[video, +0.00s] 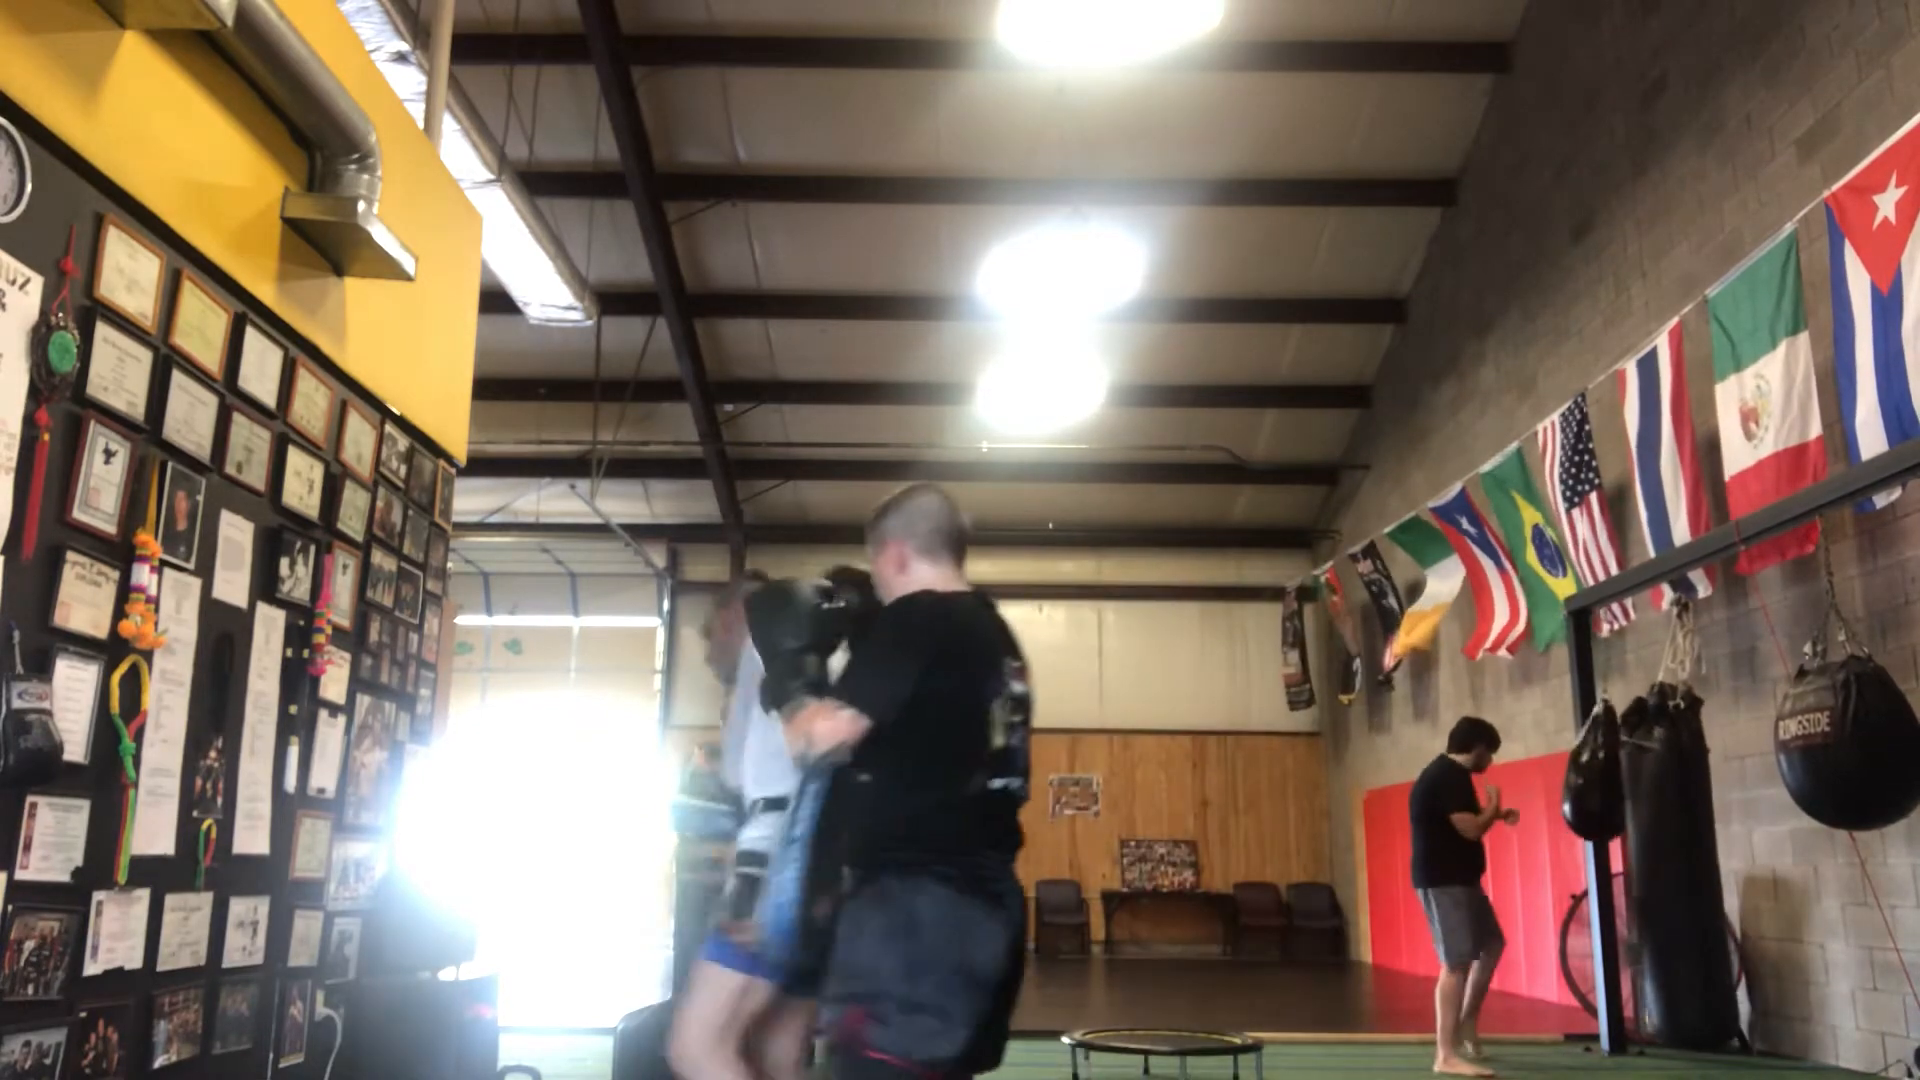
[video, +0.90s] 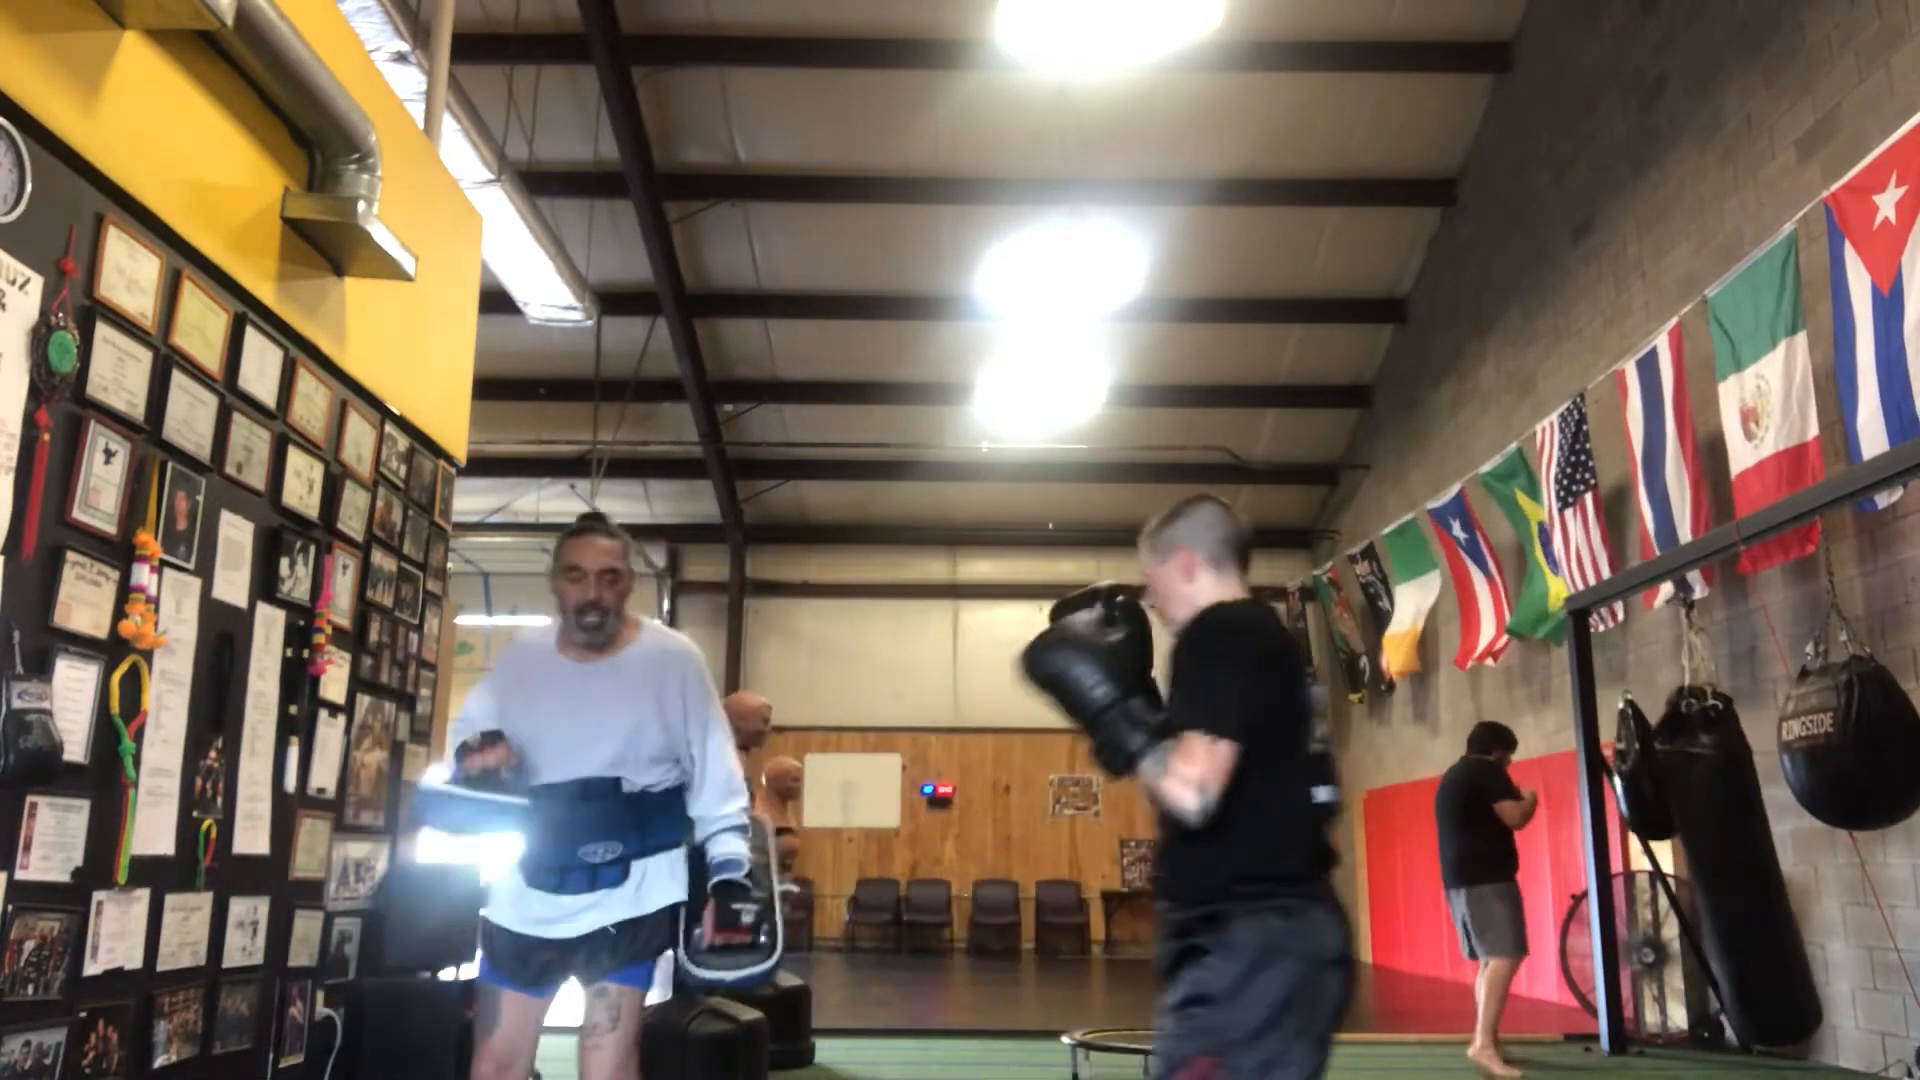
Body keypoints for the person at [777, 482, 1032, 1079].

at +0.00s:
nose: (876, 572)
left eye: (877, 556)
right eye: (875, 558)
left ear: (897, 553)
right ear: (954, 548)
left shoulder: (915, 621)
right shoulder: (991, 629)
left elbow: (819, 735)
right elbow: (932, 732)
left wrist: (785, 658)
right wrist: (868, 632)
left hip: (909, 901)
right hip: (980, 897)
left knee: (874, 1060)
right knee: (939, 1063)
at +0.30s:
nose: (932, 553)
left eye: (933, 535)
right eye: (929, 539)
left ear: (962, 520)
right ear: (1020, 519)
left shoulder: (976, 579)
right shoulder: (1058, 594)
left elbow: (838, 685)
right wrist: (931, 572)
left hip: (1004, 909)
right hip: (1065, 902)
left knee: (974, 1066)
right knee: (1037, 1068)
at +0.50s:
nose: (986, 525)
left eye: (992, 505)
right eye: (988, 509)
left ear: (1023, 502)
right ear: (1081, 504)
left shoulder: (1029, 572)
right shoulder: (1127, 589)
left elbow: (893, 679)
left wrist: (892, 576)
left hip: (1055, 905)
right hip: (1130, 897)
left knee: (1027, 1067)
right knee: (1091, 1066)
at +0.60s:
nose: (1026, 535)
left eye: (1032, 520)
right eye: (1028, 521)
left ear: (1064, 514)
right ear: (1119, 519)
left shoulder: (1076, 588)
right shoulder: (1163, 603)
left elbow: (962, 717)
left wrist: (939, 628)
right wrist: (1015, 583)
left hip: (1088, 913)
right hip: (1159, 907)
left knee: (1042, 1066)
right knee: (1120, 1067)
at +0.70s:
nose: (1070, 565)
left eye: (1074, 545)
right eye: (1070, 548)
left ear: (1108, 534)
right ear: (1155, 537)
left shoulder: (1124, 606)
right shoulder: (1204, 620)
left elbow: (1053, 751)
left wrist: (992, 672)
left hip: (1127, 927)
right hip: (1194, 921)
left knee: (1076, 1066)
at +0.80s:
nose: (1113, 579)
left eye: (1117, 559)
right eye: (1114, 561)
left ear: (1151, 554)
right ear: (1194, 554)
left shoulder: (1175, 630)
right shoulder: (1242, 636)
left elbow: (1127, 782)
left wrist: (1048, 704)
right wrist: (1113, 652)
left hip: (1186, 944)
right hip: (1243, 937)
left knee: (1124, 1067)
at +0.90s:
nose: (1148, 594)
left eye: (1151, 575)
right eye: (1145, 579)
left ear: (1187, 564)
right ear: (1204, 561)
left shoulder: (1223, 633)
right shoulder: (1263, 635)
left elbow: (1191, 791)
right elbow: (1193, 772)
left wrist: (1107, 702)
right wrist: (1132, 694)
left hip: (1246, 944)